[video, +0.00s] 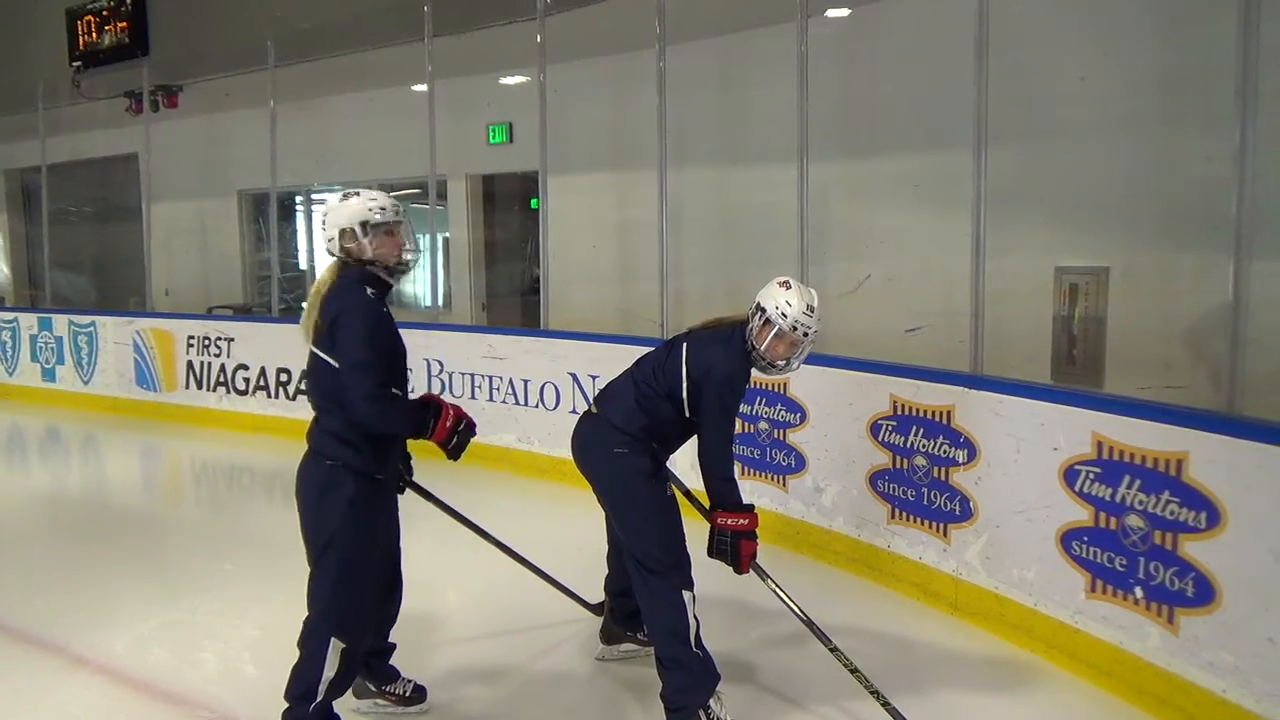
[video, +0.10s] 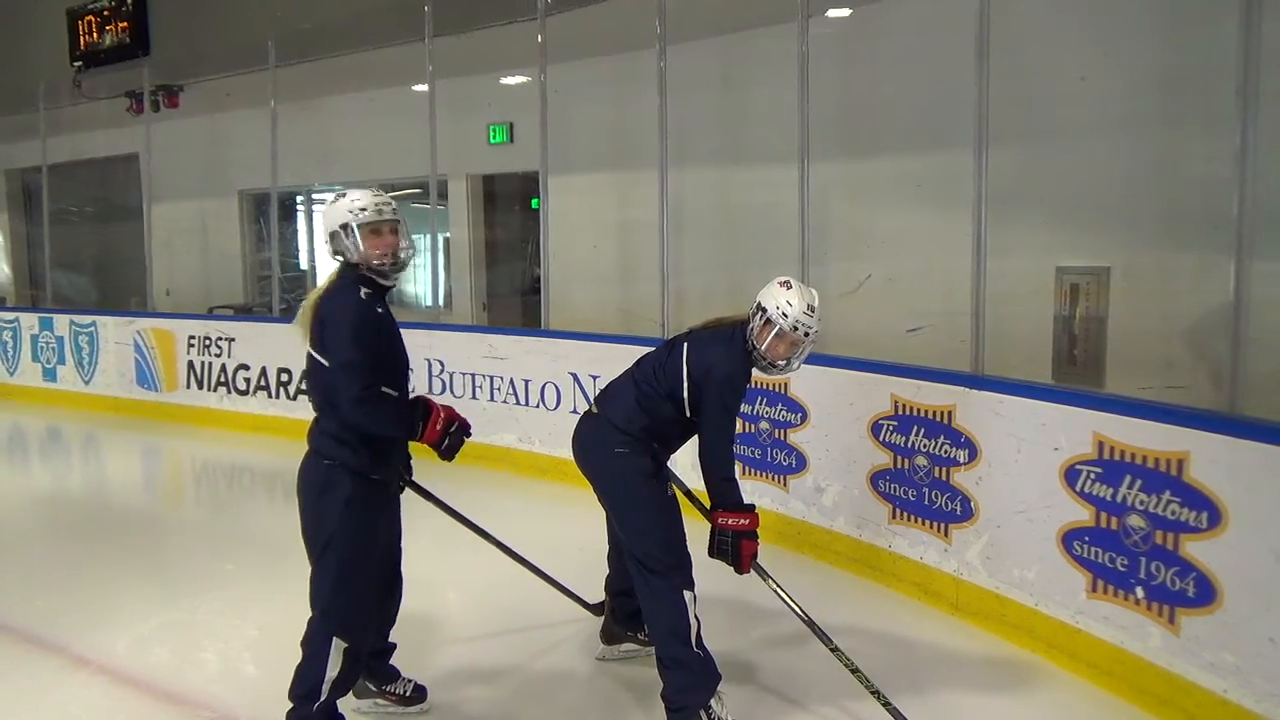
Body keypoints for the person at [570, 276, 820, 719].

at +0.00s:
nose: (776, 348)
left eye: (790, 342)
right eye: (773, 334)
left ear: (803, 346)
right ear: (757, 320)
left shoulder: (725, 341)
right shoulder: (726, 363)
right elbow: (715, 448)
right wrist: (733, 517)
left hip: (604, 435)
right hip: (621, 446)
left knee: (631, 535)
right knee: (666, 570)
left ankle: (622, 623)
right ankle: (690, 703)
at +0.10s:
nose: (778, 348)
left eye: (791, 342)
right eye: (774, 334)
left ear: (803, 346)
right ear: (758, 320)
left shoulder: (726, 340)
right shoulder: (726, 363)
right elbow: (716, 449)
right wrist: (734, 517)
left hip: (605, 435)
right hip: (622, 446)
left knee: (631, 536)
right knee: (667, 569)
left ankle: (623, 624)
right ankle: (691, 703)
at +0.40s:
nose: (779, 348)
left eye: (791, 342)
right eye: (775, 334)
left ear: (805, 345)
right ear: (759, 321)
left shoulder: (729, 340)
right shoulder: (729, 364)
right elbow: (718, 449)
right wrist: (735, 517)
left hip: (607, 434)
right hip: (623, 446)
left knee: (634, 534)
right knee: (669, 568)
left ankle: (625, 624)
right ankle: (693, 703)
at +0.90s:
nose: (782, 347)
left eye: (795, 341)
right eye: (778, 333)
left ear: (809, 346)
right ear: (762, 320)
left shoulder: (733, 340)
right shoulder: (733, 363)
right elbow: (722, 449)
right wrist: (739, 519)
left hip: (611, 434)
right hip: (627, 446)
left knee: (638, 535)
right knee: (672, 569)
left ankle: (628, 625)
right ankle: (696, 703)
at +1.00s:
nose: (783, 348)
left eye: (796, 342)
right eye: (780, 334)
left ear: (810, 346)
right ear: (763, 321)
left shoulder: (733, 340)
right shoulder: (733, 363)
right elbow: (722, 449)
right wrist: (740, 519)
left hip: (611, 435)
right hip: (628, 447)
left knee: (638, 535)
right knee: (673, 570)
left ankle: (628, 625)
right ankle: (696, 704)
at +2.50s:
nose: (790, 349)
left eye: (804, 343)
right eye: (786, 334)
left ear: (817, 347)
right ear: (770, 322)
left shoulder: (741, 341)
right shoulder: (740, 365)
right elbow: (728, 450)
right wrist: (746, 517)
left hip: (619, 435)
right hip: (634, 446)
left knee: (644, 534)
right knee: (678, 569)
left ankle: (635, 625)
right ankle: (703, 703)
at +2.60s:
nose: (790, 348)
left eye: (803, 342)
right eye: (786, 334)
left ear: (817, 346)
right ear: (770, 321)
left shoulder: (741, 343)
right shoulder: (740, 364)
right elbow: (729, 450)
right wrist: (746, 517)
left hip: (619, 435)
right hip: (634, 446)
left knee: (644, 535)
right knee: (679, 569)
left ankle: (636, 624)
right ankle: (704, 703)